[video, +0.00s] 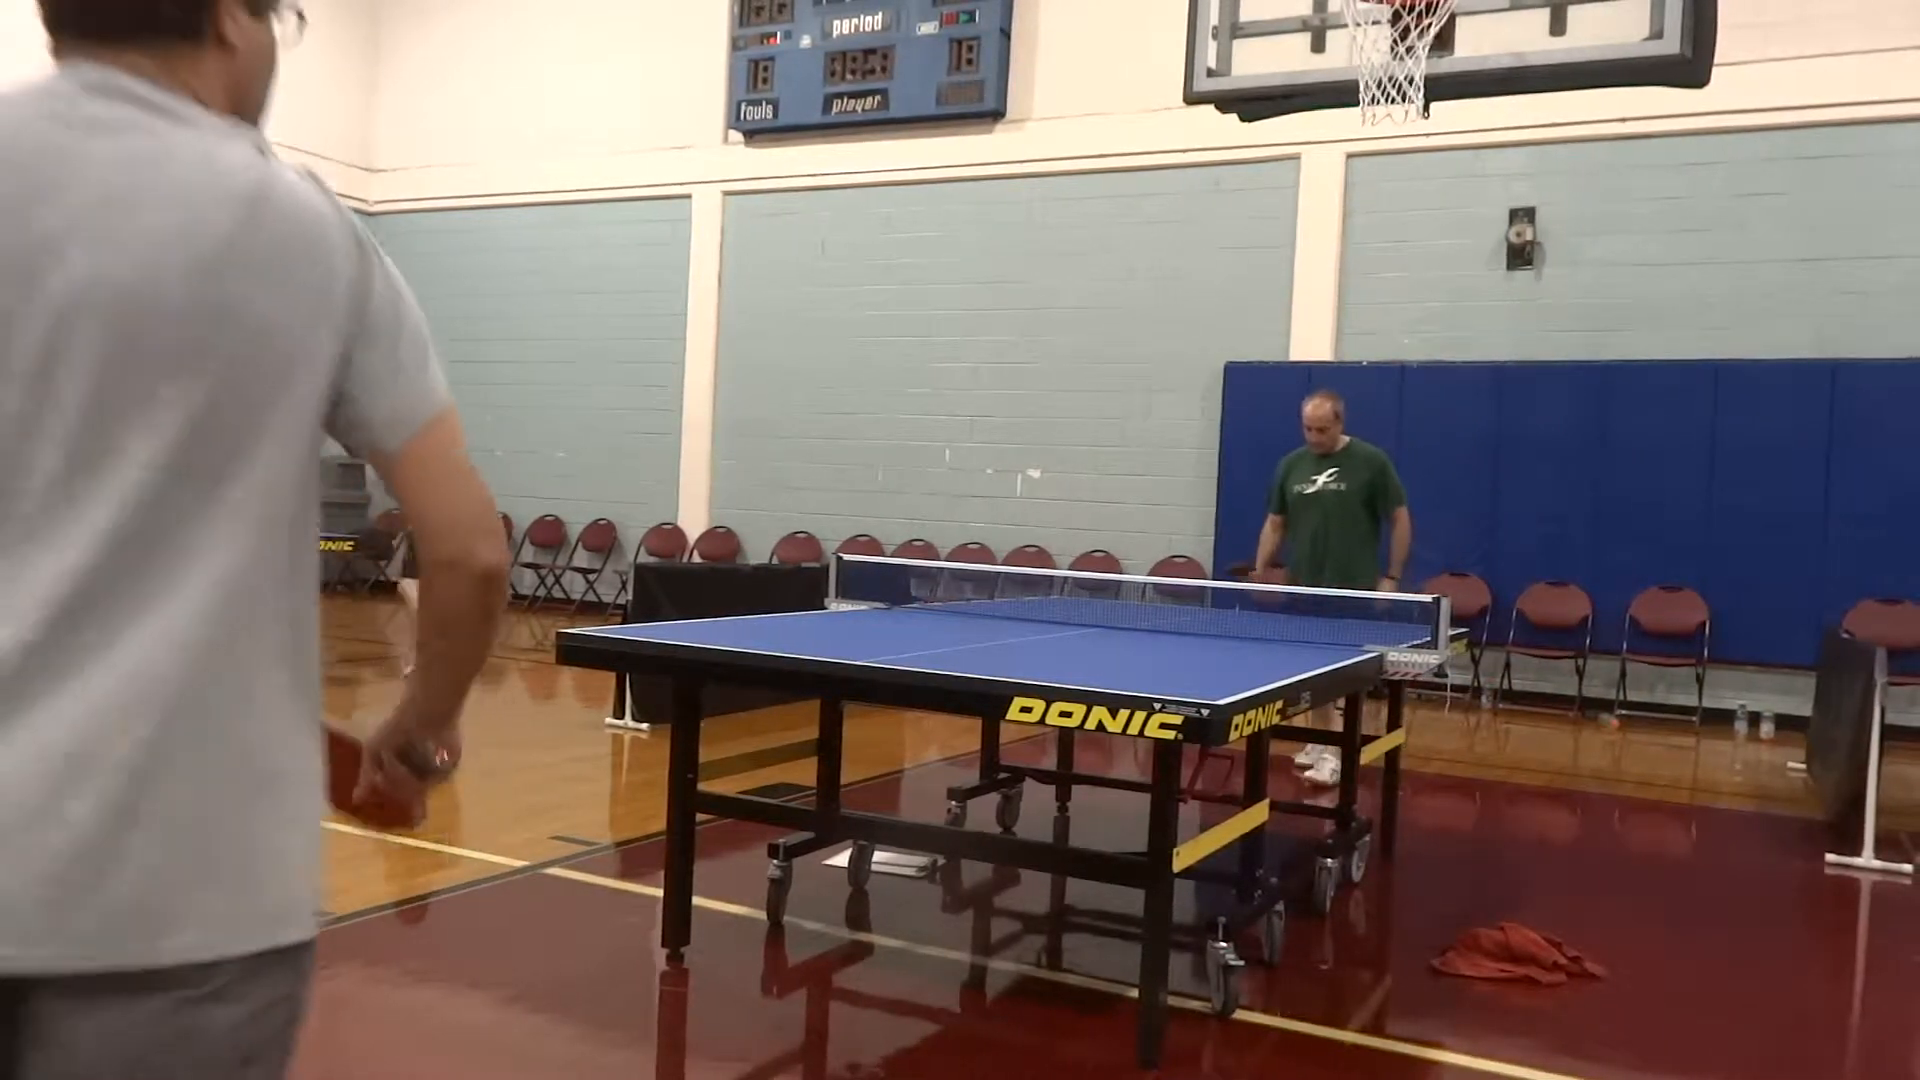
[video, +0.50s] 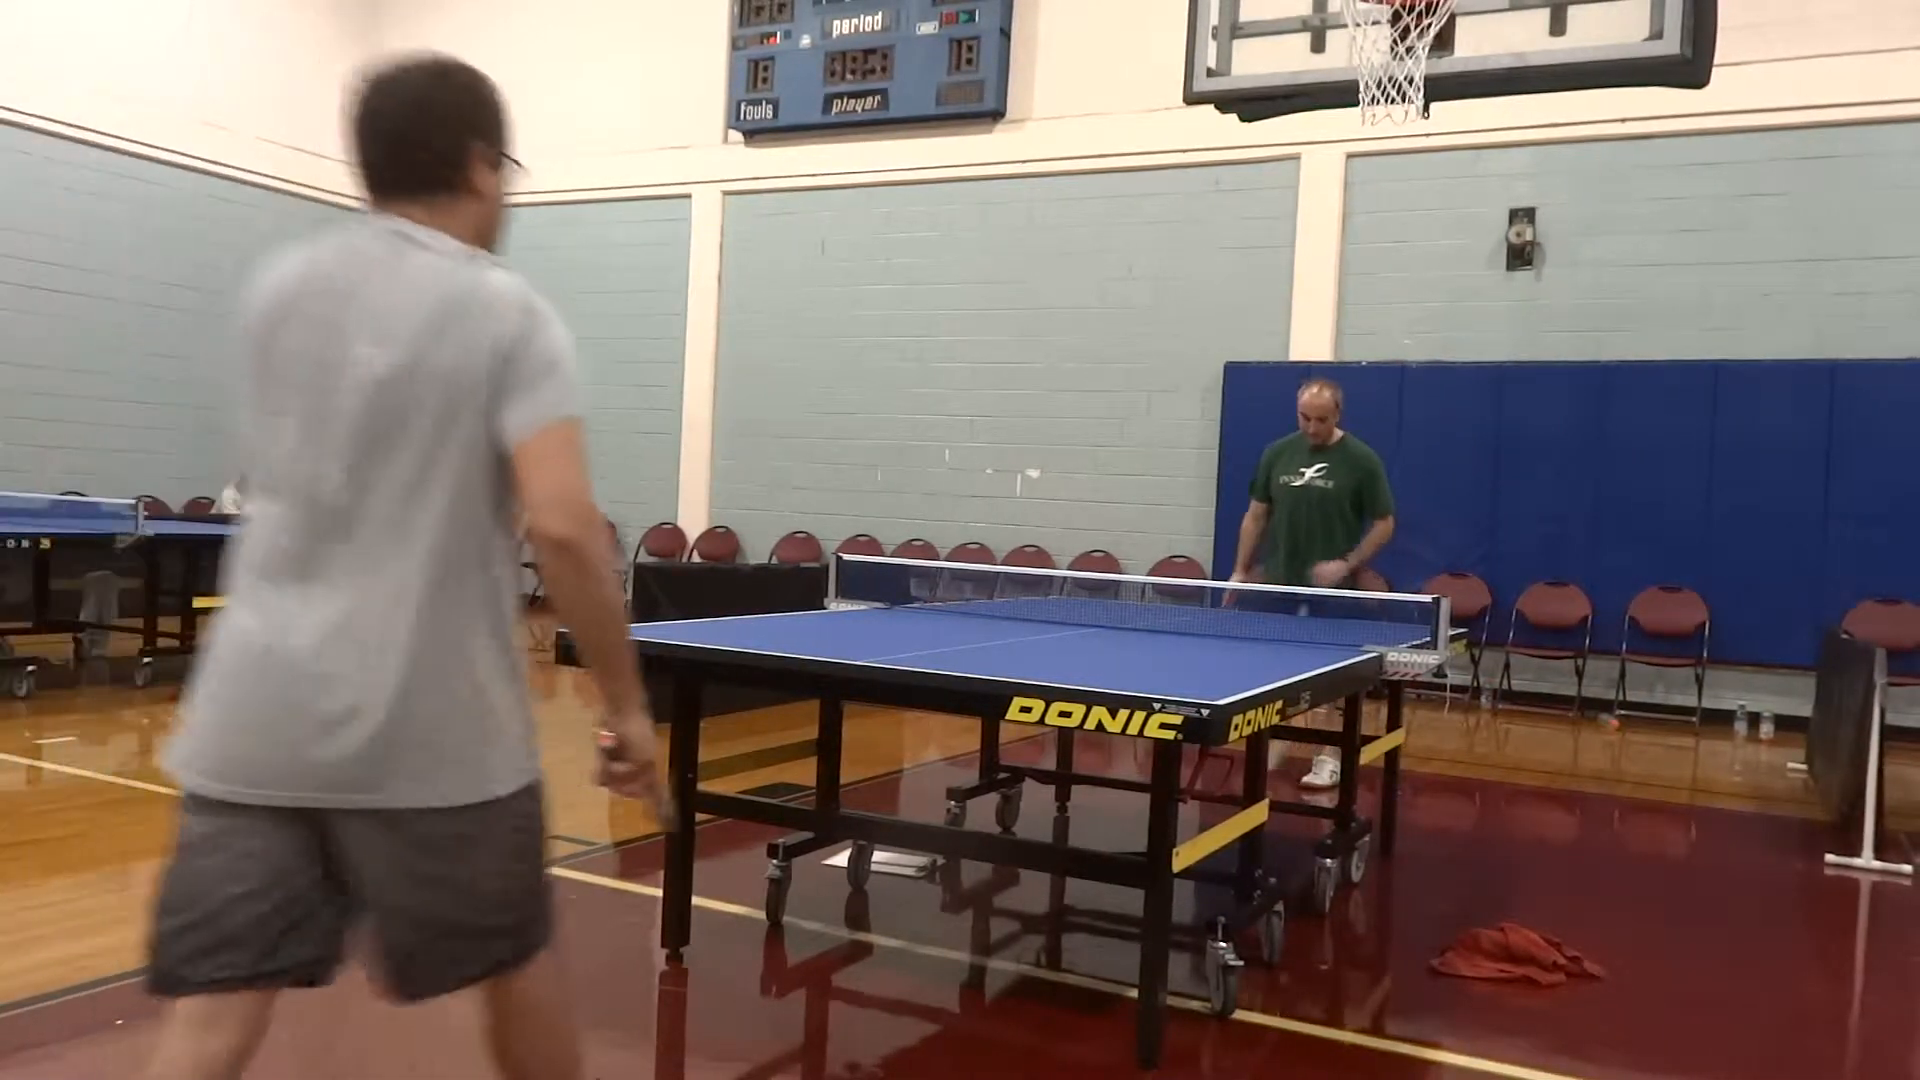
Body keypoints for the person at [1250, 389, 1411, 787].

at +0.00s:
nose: (1312, 437)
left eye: (1320, 430)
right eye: (1307, 429)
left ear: (1340, 425)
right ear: (1301, 425)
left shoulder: (1372, 462)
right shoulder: (1291, 465)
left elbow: (1399, 518)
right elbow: (1275, 523)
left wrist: (1392, 576)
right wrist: (1259, 570)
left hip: (1356, 592)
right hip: (1306, 589)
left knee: (1346, 676)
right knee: (1314, 673)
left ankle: (1338, 754)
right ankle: (1318, 743)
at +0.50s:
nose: (1309, 426)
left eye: (1318, 420)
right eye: (1304, 417)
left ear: (1337, 418)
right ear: (1297, 412)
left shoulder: (1362, 461)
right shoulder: (1277, 454)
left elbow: (1384, 525)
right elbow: (1256, 514)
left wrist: (1346, 564)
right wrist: (1240, 570)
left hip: (1333, 591)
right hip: (1280, 587)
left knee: (1333, 676)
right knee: (1277, 667)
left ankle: (1329, 754)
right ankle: (1276, 739)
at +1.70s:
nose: (1272, 416)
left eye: (1282, 410)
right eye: (1266, 406)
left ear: (1296, 414)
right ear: (1255, 406)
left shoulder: (1313, 465)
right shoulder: (1225, 452)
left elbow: (1325, 529)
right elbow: (1191, 505)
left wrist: (1310, 551)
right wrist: (1185, 551)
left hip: (1286, 594)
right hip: (1226, 588)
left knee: (1284, 673)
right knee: (1219, 667)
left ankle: (1281, 753)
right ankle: (1211, 755)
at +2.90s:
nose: (1274, 413)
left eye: (1281, 405)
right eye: (1265, 404)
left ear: (1288, 411)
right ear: (1244, 408)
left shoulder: (1306, 459)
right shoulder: (1218, 454)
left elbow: (1325, 519)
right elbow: (1197, 522)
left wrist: (1342, 524)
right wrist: (1250, 550)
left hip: (1283, 590)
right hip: (1222, 587)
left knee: (1298, 669)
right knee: (1215, 666)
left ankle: (1302, 750)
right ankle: (1211, 755)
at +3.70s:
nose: (1288, 410)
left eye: (1298, 403)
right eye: (1281, 402)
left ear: (1313, 412)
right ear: (1270, 410)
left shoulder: (1343, 461)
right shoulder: (1247, 466)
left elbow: (1373, 518)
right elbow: (1231, 526)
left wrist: (1379, 573)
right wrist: (1241, 566)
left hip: (1333, 596)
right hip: (1268, 597)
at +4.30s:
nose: (1360, 416)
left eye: (1371, 409)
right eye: (1354, 407)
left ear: (1385, 416)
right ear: (1341, 411)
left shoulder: (1412, 468)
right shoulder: (1317, 463)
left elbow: (1435, 534)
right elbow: (1271, 523)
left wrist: (1404, 572)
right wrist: (1296, 565)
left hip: (1388, 610)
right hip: (1321, 606)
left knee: (1424, 685)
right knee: (1272, 676)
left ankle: (1437, 780)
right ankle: (1252, 763)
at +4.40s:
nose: (1366, 423)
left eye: (1376, 416)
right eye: (1359, 414)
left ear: (1390, 423)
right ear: (1345, 418)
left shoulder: (1408, 477)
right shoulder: (1320, 469)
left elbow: (1421, 544)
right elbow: (1268, 527)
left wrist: (1424, 607)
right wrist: (1301, 557)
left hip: (1391, 614)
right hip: (1323, 611)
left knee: (1423, 686)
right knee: (1275, 679)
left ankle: (1436, 781)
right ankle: (1252, 761)